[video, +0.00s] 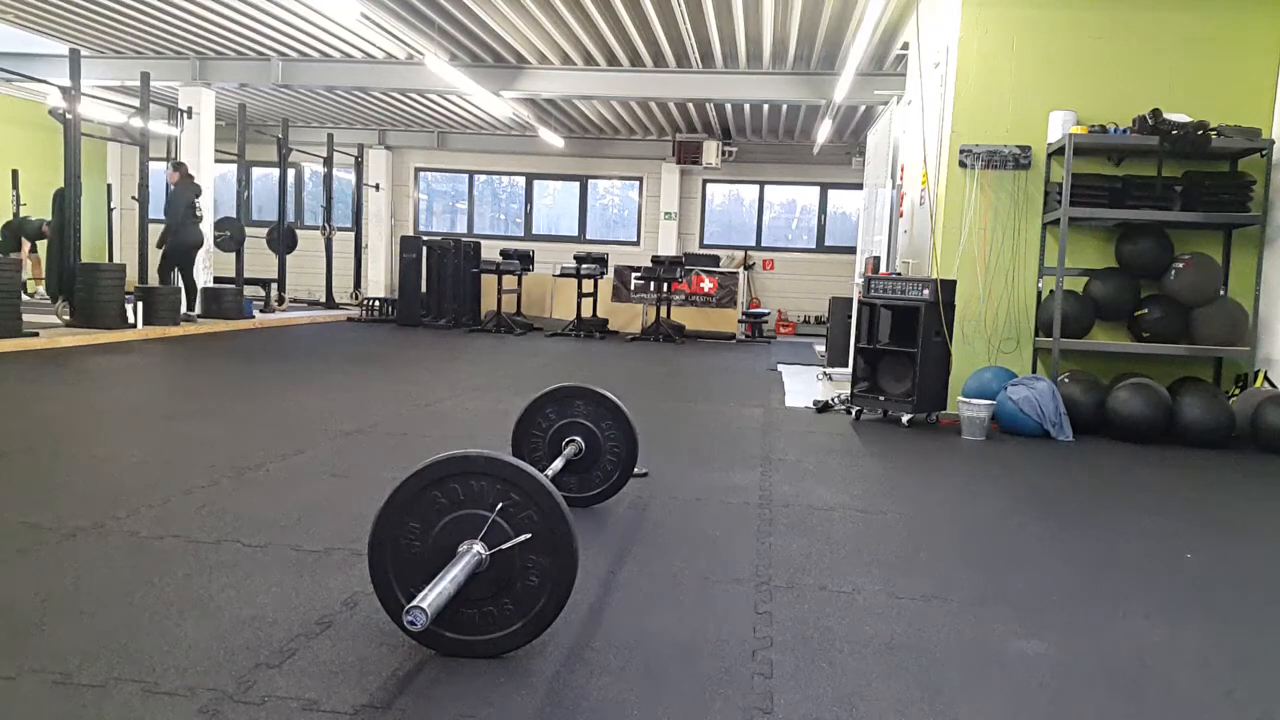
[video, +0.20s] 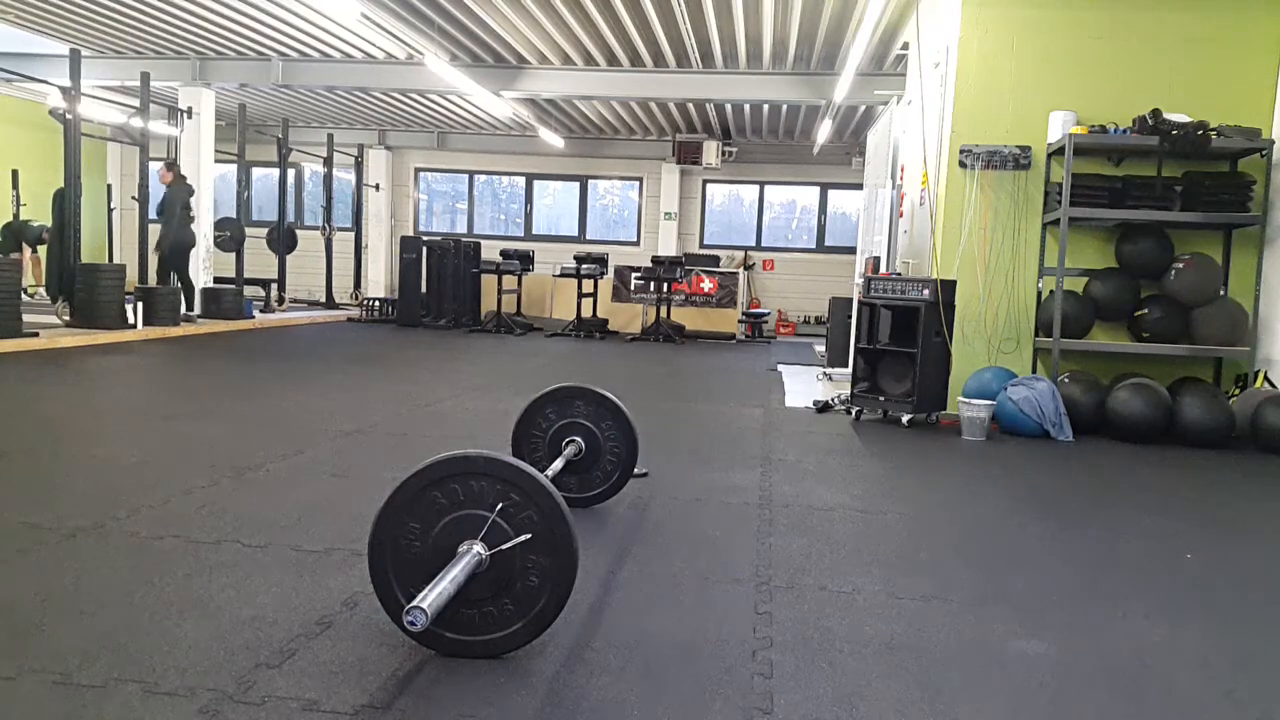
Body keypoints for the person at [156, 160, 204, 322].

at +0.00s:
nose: (168, 176)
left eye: (170, 173)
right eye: (168, 173)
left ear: (178, 174)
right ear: (182, 174)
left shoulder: (179, 191)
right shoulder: (190, 189)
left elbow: (174, 219)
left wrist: (162, 239)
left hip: (181, 237)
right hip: (194, 236)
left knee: (163, 270)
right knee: (187, 272)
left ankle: (167, 308)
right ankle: (191, 310)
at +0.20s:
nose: (159, 176)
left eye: (162, 173)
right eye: (160, 173)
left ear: (171, 174)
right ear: (172, 174)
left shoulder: (173, 191)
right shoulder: (182, 189)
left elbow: (170, 222)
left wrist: (161, 244)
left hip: (174, 237)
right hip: (185, 237)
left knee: (162, 272)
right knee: (183, 273)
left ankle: (162, 309)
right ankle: (190, 310)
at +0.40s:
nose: (152, 176)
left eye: (155, 173)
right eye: (153, 173)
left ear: (164, 174)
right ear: (164, 174)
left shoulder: (166, 192)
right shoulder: (170, 190)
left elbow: (166, 221)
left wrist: (160, 245)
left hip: (165, 236)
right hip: (173, 235)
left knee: (158, 273)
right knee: (173, 273)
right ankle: (188, 309)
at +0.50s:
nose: (148, 174)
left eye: (152, 171)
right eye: (149, 171)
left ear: (161, 173)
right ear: (160, 174)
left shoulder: (164, 191)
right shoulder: (163, 189)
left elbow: (162, 221)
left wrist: (151, 246)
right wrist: (146, 241)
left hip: (161, 238)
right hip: (166, 237)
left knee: (155, 277)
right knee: (168, 276)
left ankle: (157, 310)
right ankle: (185, 308)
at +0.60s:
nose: (144, 173)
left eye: (147, 170)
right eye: (144, 170)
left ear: (157, 172)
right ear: (155, 172)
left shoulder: (162, 190)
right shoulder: (152, 190)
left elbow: (159, 222)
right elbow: (146, 219)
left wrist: (147, 244)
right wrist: (138, 237)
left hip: (158, 240)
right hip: (149, 238)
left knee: (152, 278)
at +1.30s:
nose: (124, 173)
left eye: (127, 169)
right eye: (124, 169)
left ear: (137, 171)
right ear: (137, 172)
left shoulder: (141, 190)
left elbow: (142, 221)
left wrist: (134, 246)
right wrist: (123, 240)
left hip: (140, 234)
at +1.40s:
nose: (120, 172)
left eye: (123, 168)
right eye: (120, 168)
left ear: (133, 170)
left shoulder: (142, 189)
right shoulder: (128, 190)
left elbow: (142, 219)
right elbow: (124, 221)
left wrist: (134, 246)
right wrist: (117, 242)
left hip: (138, 237)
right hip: (125, 237)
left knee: (140, 277)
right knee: (123, 276)